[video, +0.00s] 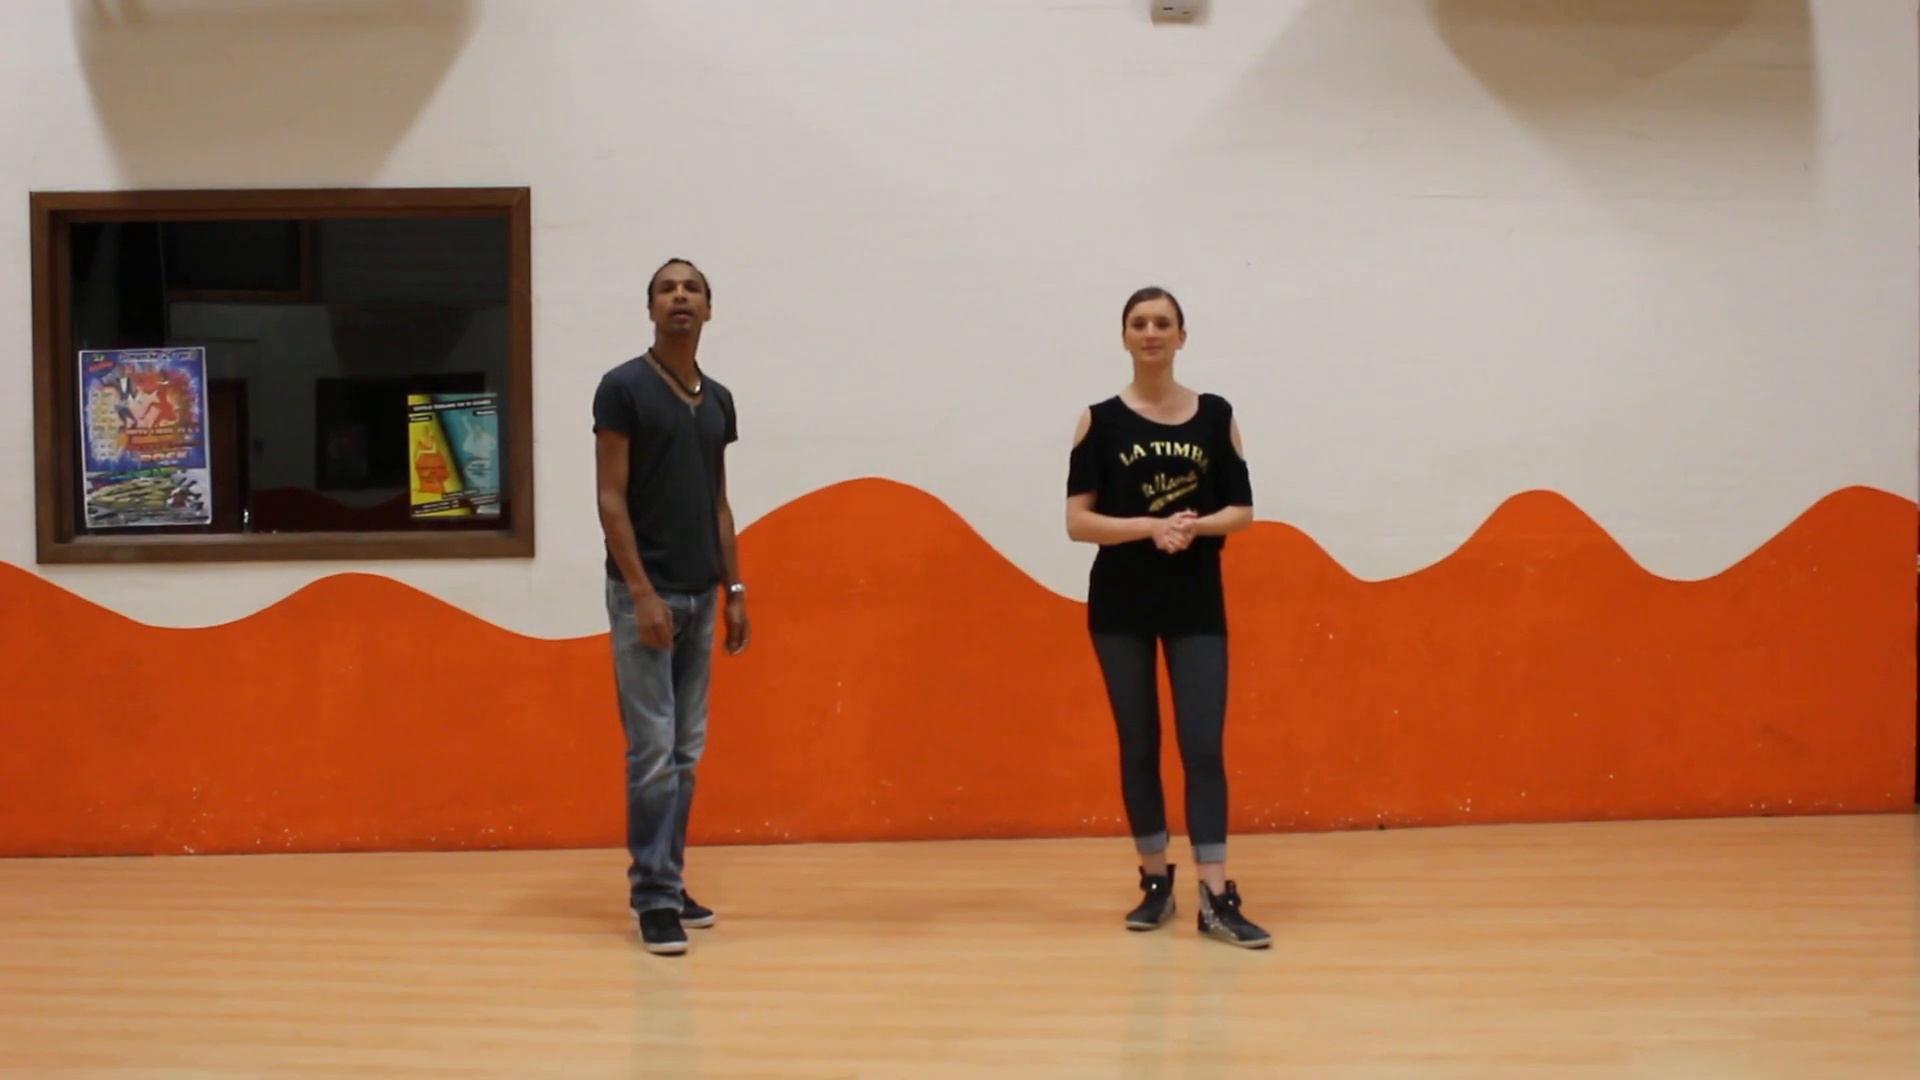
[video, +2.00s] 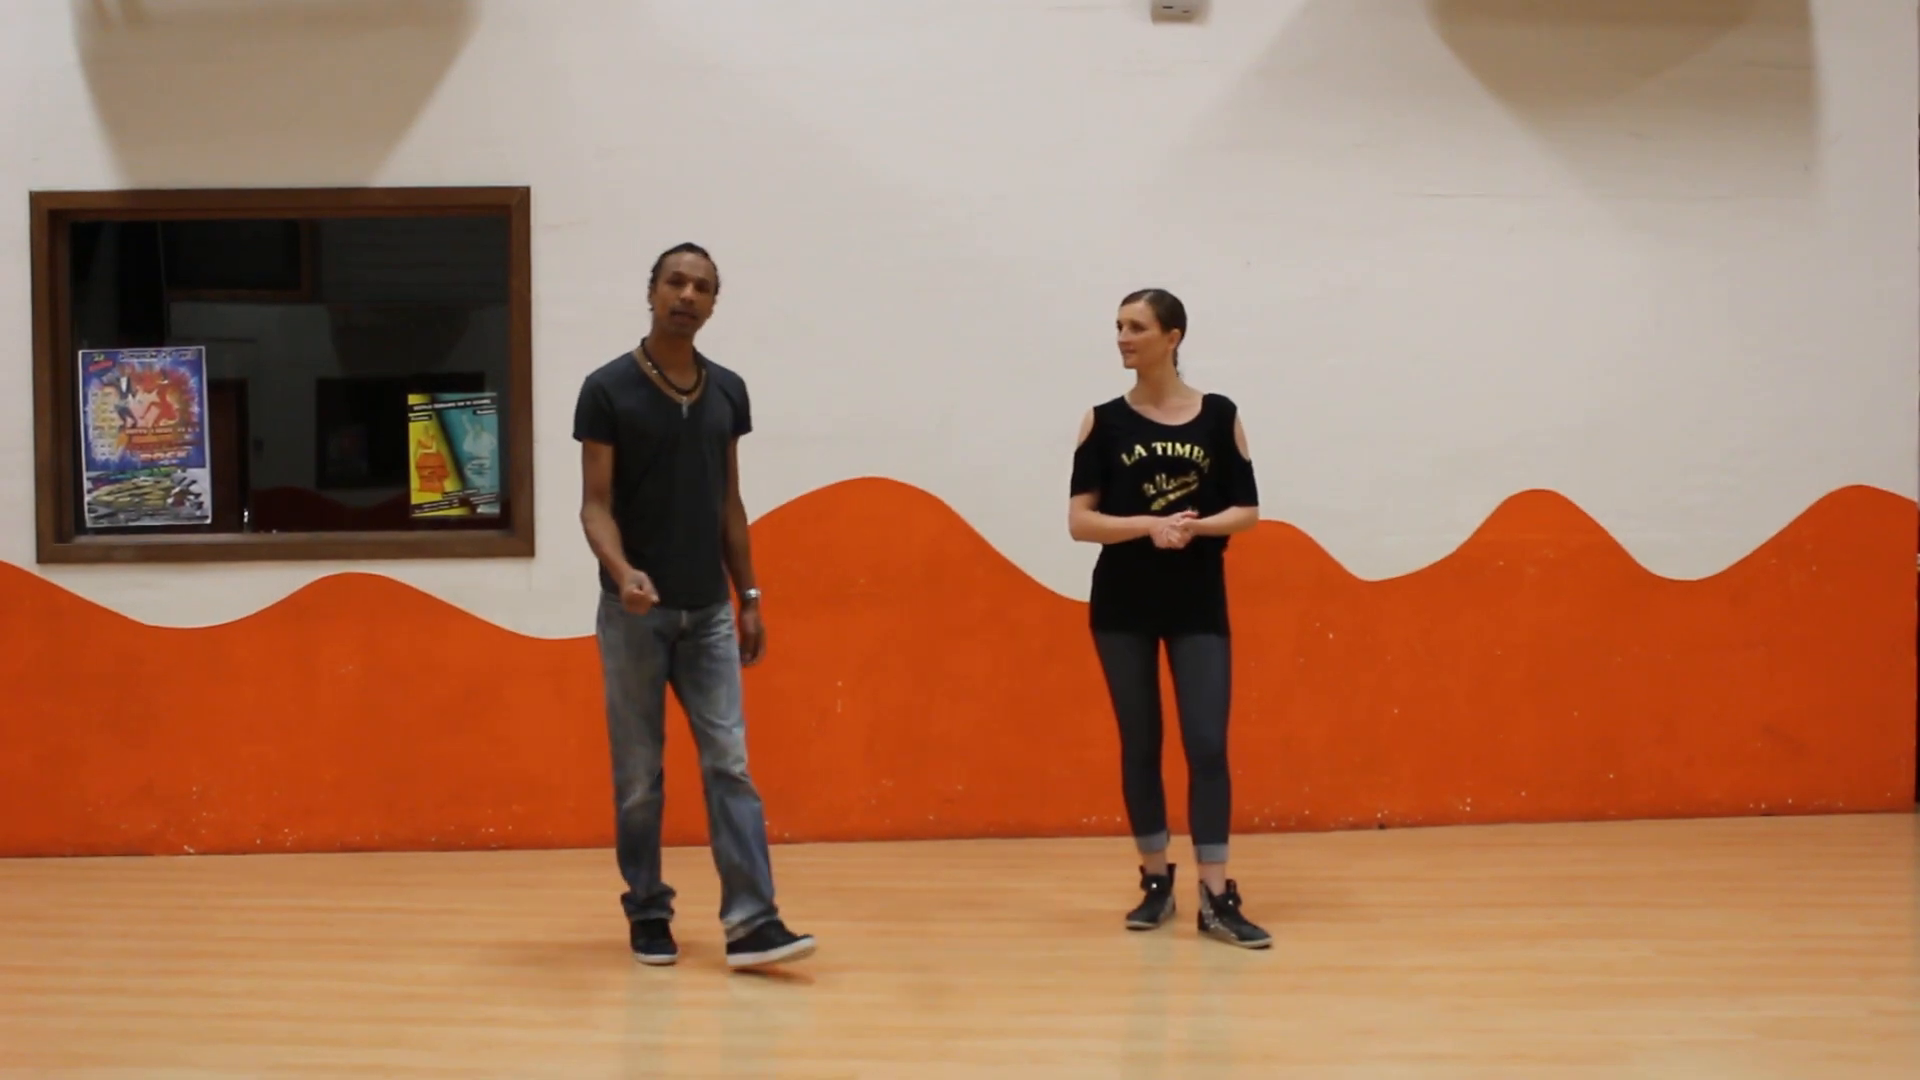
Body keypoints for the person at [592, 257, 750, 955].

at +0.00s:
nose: (681, 296)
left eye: (692, 288)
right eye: (668, 288)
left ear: (709, 308)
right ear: (649, 308)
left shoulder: (716, 400)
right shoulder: (623, 388)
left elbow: (718, 501)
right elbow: (612, 504)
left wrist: (734, 589)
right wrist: (644, 595)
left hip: (698, 591)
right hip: (643, 592)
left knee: (686, 746)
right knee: (654, 746)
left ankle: (667, 882)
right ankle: (654, 895)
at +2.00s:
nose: (689, 295)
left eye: (702, 287)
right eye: (677, 281)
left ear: (714, 303)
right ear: (650, 291)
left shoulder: (726, 392)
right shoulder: (608, 390)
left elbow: (729, 501)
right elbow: (595, 505)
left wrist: (748, 597)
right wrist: (621, 570)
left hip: (708, 608)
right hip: (634, 607)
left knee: (729, 761)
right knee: (639, 772)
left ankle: (751, 923)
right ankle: (648, 915)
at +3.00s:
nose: (786, 278)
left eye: (798, 274)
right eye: (774, 264)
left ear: (803, 299)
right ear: (740, 279)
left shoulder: (813, 390)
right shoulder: (687, 376)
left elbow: (810, 495)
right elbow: (660, 499)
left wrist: (828, 550)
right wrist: (738, 543)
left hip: (786, 611)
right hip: (711, 606)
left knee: (771, 781)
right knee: (708, 774)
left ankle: (753, 938)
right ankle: (676, 895)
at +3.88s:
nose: (687, 292)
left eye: (700, 286)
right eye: (674, 278)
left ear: (706, 309)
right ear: (642, 295)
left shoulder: (713, 394)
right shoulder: (595, 391)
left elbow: (710, 500)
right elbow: (563, 510)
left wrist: (717, 514)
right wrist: (668, 510)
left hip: (686, 603)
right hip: (612, 604)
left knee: (715, 765)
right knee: (617, 770)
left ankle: (743, 929)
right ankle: (621, 921)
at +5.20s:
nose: (733, 315)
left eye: (740, 306)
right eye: (721, 300)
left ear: (737, 320)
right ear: (682, 303)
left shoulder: (715, 396)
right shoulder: (642, 386)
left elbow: (688, 497)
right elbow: (613, 497)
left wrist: (729, 497)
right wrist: (709, 484)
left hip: (689, 586)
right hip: (639, 583)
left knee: (670, 739)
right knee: (664, 737)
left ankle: (645, 887)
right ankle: (636, 897)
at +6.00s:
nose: (734, 305)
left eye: (747, 298)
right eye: (723, 291)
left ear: (754, 314)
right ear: (693, 298)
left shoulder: (747, 392)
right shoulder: (647, 384)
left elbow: (754, 490)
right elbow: (600, 493)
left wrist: (750, 493)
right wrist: (695, 470)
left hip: (729, 594)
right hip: (667, 592)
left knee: (745, 742)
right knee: (682, 750)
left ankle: (662, 858)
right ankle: (690, 913)